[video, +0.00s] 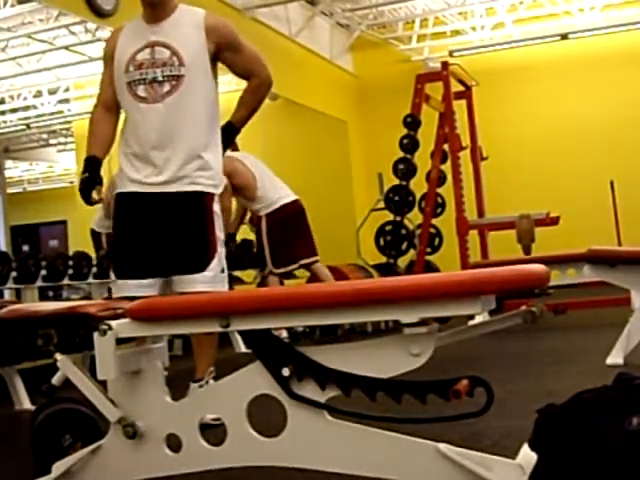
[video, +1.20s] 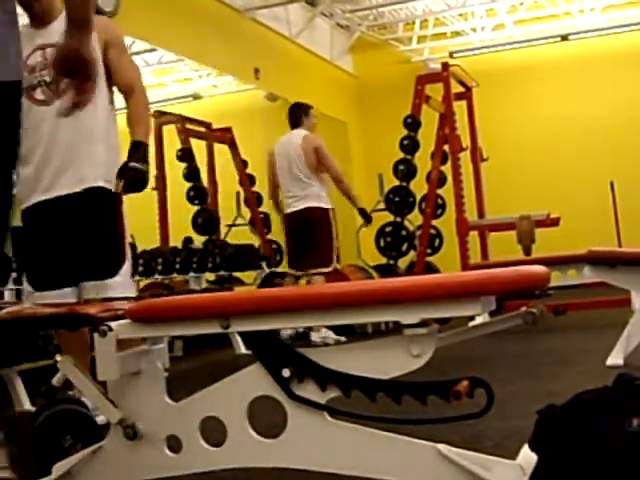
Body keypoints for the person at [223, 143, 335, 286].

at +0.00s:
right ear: (229, 143)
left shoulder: (223, 165)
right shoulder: (243, 157)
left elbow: (225, 206)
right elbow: (242, 203)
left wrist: (226, 233)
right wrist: (232, 233)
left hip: (270, 214)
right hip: (293, 204)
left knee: (270, 272)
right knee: (311, 262)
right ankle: (340, 299)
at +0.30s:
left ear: (203, 159)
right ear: (214, 151)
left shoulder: (219, 167)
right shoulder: (240, 159)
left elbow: (223, 209)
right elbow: (243, 206)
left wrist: (221, 242)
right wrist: (234, 239)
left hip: (271, 214)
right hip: (293, 205)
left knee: (270, 274)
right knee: (310, 264)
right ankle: (334, 300)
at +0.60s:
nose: (222, 155)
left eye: (220, 152)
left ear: (222, 150)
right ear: (238, 140)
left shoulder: (230, 162)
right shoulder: (262, 149)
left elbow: (225, 205)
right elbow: (270, 187)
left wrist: (220, 238)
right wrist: (254, 220)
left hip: (271, 215)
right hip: (296, 206)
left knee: (274, 276)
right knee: (309, 268)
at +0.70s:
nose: (228, 148)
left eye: (228, 144)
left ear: (231, 145)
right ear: (248, 136)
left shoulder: (234, 161)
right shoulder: (269, 146)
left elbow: (226, 203)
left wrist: (219, 234)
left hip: (271, 215)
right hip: (297, 208)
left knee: (275, 277)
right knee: (310, 269)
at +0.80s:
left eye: (247, 134)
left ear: (245, 135)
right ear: (264, 130)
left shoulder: (242, 157)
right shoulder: (287, 145)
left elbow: (233, 195)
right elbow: (301, 179)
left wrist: (225, 224)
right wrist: (295, 200)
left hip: (271, 217)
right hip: (299, 212)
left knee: (274, 279)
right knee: (312, 272)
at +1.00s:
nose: (286, 125)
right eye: (286, 121)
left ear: (268, 127)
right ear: (288, 123)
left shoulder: (258, 153)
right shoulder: (304, 144)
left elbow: (250, 192)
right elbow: (325, 180)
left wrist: (250, 222)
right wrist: (330, 206)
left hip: (276, 217)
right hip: (306, 214)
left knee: (279, 278)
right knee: (313, 274)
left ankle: (280, 329)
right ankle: (318, 326)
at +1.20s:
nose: (315, 121)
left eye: (314, 117)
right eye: (313, 117)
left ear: (291, 120)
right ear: (304, 118)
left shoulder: (276, 148)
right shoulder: (312, 141)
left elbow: (273, 190)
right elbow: (336, 176)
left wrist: (284, 214)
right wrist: (358, 206)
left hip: (292, 214)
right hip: (317, 210)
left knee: (293, 272)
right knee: (318, 273)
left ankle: (287, 324)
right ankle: (318, 327)